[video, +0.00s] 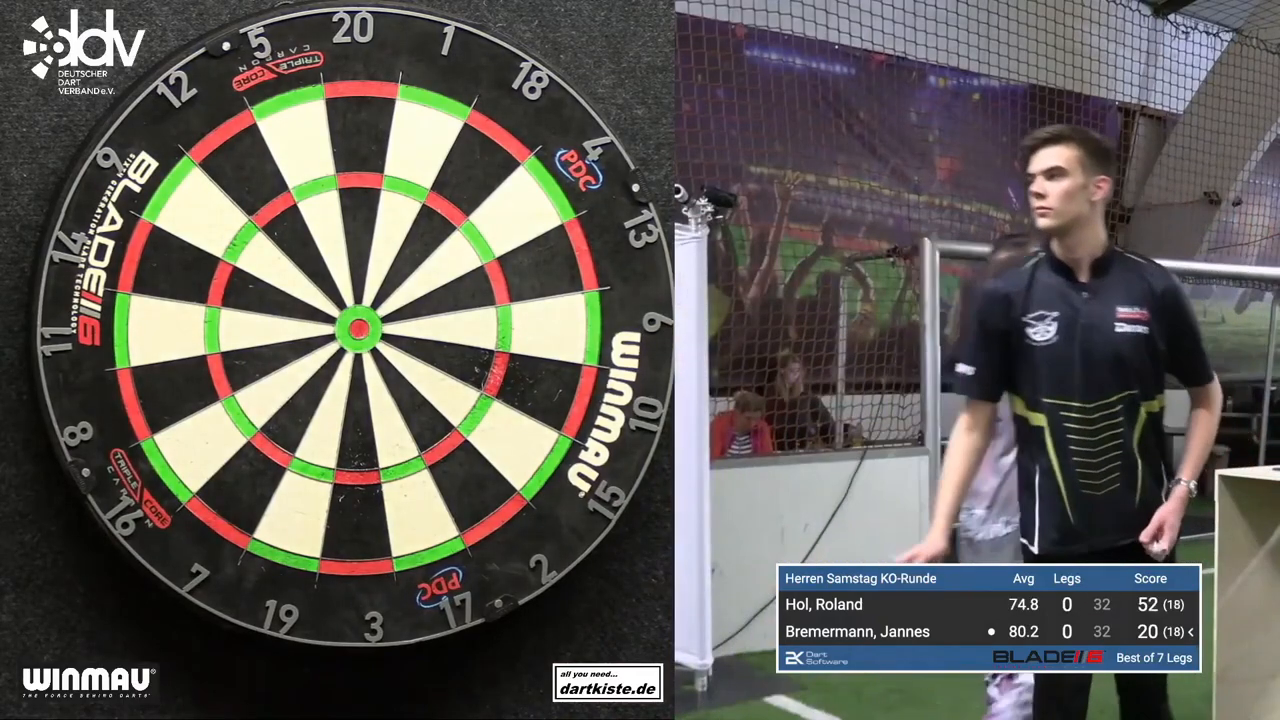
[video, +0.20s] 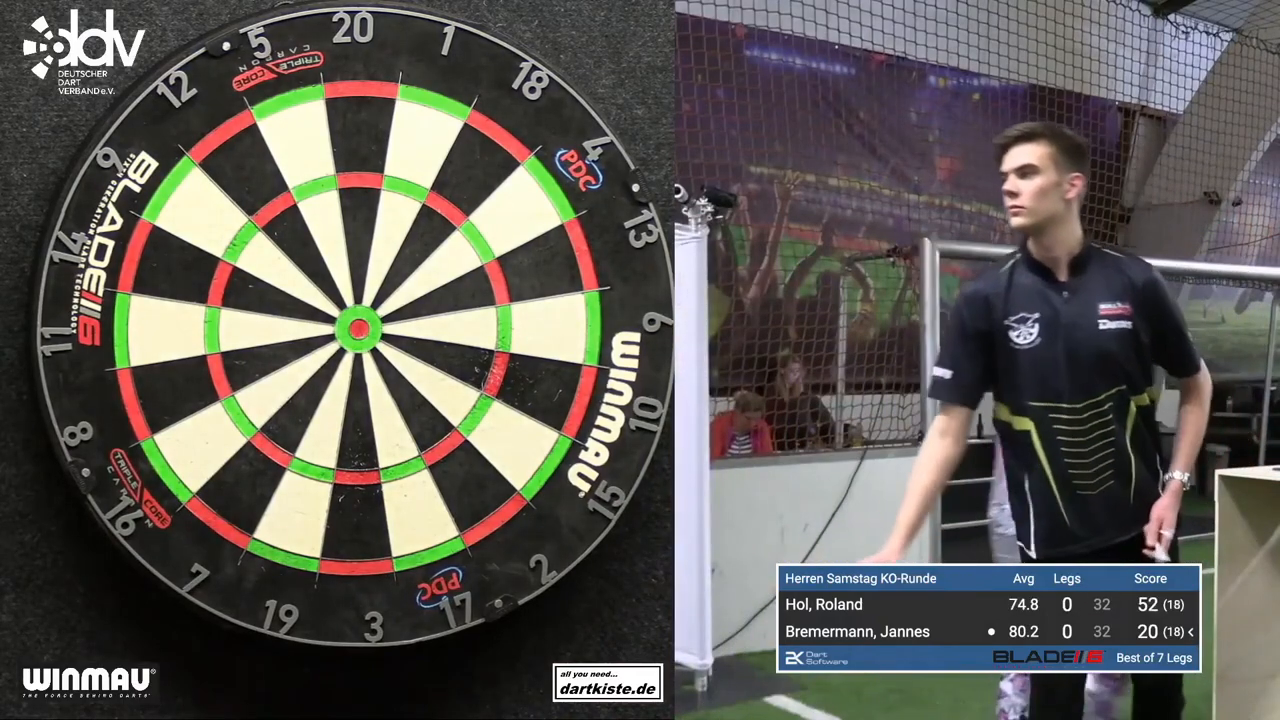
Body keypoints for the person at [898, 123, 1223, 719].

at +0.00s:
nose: (1036, 190)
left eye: (1053, 176)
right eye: (1031, 180)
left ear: (1100, 188)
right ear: (1027, 193)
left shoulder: (1154, 289)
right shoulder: (1007, 296)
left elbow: (1207, 397)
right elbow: (974, 424)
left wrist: (1180, 495)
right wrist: (939, 530)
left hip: (1141, 534)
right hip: (1052, 538)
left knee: (1147, 698)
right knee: (1058, 702)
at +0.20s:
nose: (1009, 189)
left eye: (1026, 174)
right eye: (1005, 178)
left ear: (1074, 186)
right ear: (1001, 191)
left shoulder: (1133, 282)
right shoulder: (984, 303)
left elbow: (1197, 384)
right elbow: (948, 432)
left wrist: (1175, 488)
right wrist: (894, 548)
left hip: (1138, 535)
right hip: (1046, 547)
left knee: (1160, 692)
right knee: (1054, 700)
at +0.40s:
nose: (983, 193)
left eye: (1000, 178)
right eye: (980, 182)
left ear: (1048, 189)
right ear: (979, 196)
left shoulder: (1120, 279)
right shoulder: (968, 305)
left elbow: (1187, 375)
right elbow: (909, 424)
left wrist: (1176, 480)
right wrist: (828, 538)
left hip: (1140, 524)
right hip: (1052, 539)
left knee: (1164, 688)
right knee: (1052, 698)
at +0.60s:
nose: (976, 193)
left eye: (993, 178)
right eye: (972, 183)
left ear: (1042, 189)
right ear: (970, 198)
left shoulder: (1114, 279)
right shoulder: (964, 299)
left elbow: (1182, 371)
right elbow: (864, 384)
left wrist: (1174, 478)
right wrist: (753, 463)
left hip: (1145, 526)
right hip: (1054, 543)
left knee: (1164, 694)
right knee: (1050, 703)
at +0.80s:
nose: (973, 193)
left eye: (990, 179)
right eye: (969, 183)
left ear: (1039, 190)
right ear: (970, 198)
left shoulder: (1110, 279)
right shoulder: (961, 296)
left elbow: (1179, 375)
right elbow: (846, 356)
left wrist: (1169, 480)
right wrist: (712, 321)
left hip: (1141, 529)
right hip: (1048, 544)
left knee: (1162, 694)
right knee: (1049, 700)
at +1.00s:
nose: (970, 195)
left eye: (987, 179)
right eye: (968, 185)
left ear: (1037, 191)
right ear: (968, 200)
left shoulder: (1108, 279)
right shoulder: (960, 297)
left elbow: (1177, 374)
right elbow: (847, 352)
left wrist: (1166, 479)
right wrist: (765, 241)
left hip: (1136, 523)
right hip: (1046, 538)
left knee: (1158, 685)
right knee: (1050, 698)